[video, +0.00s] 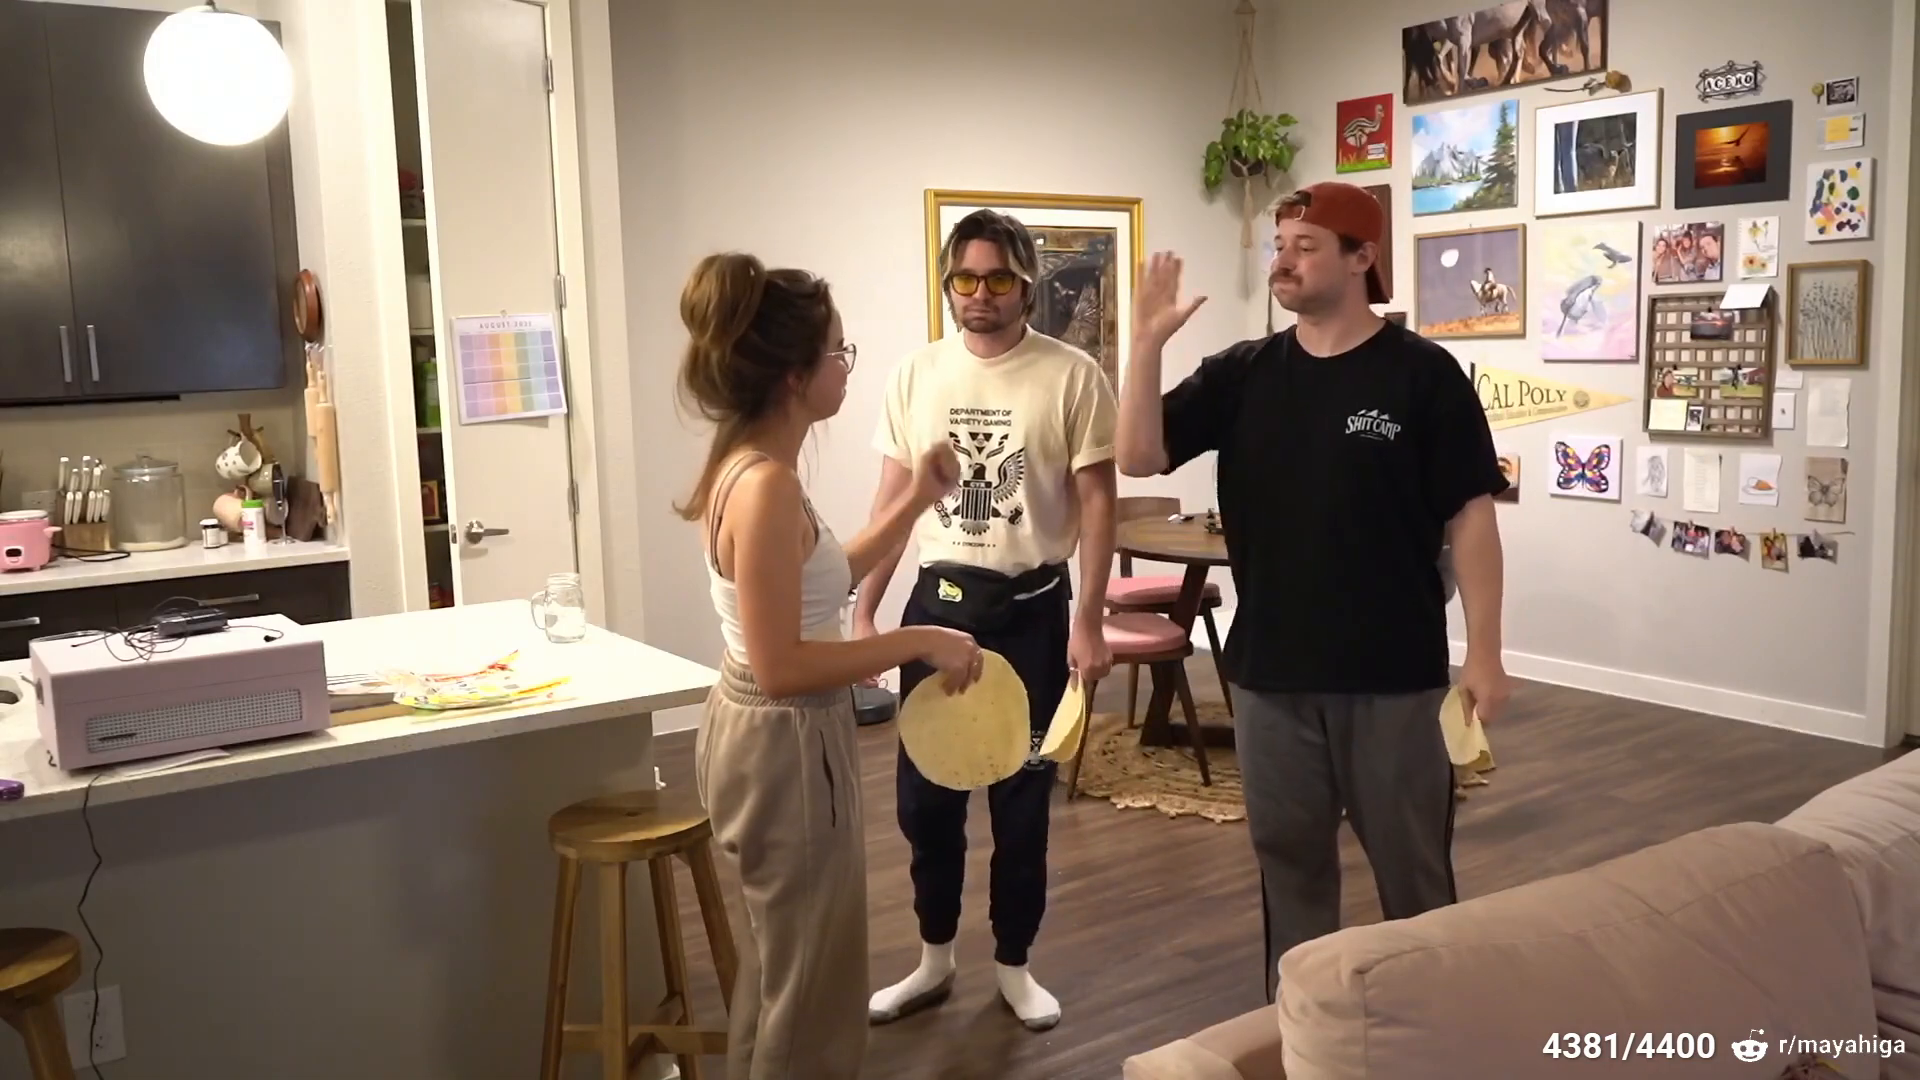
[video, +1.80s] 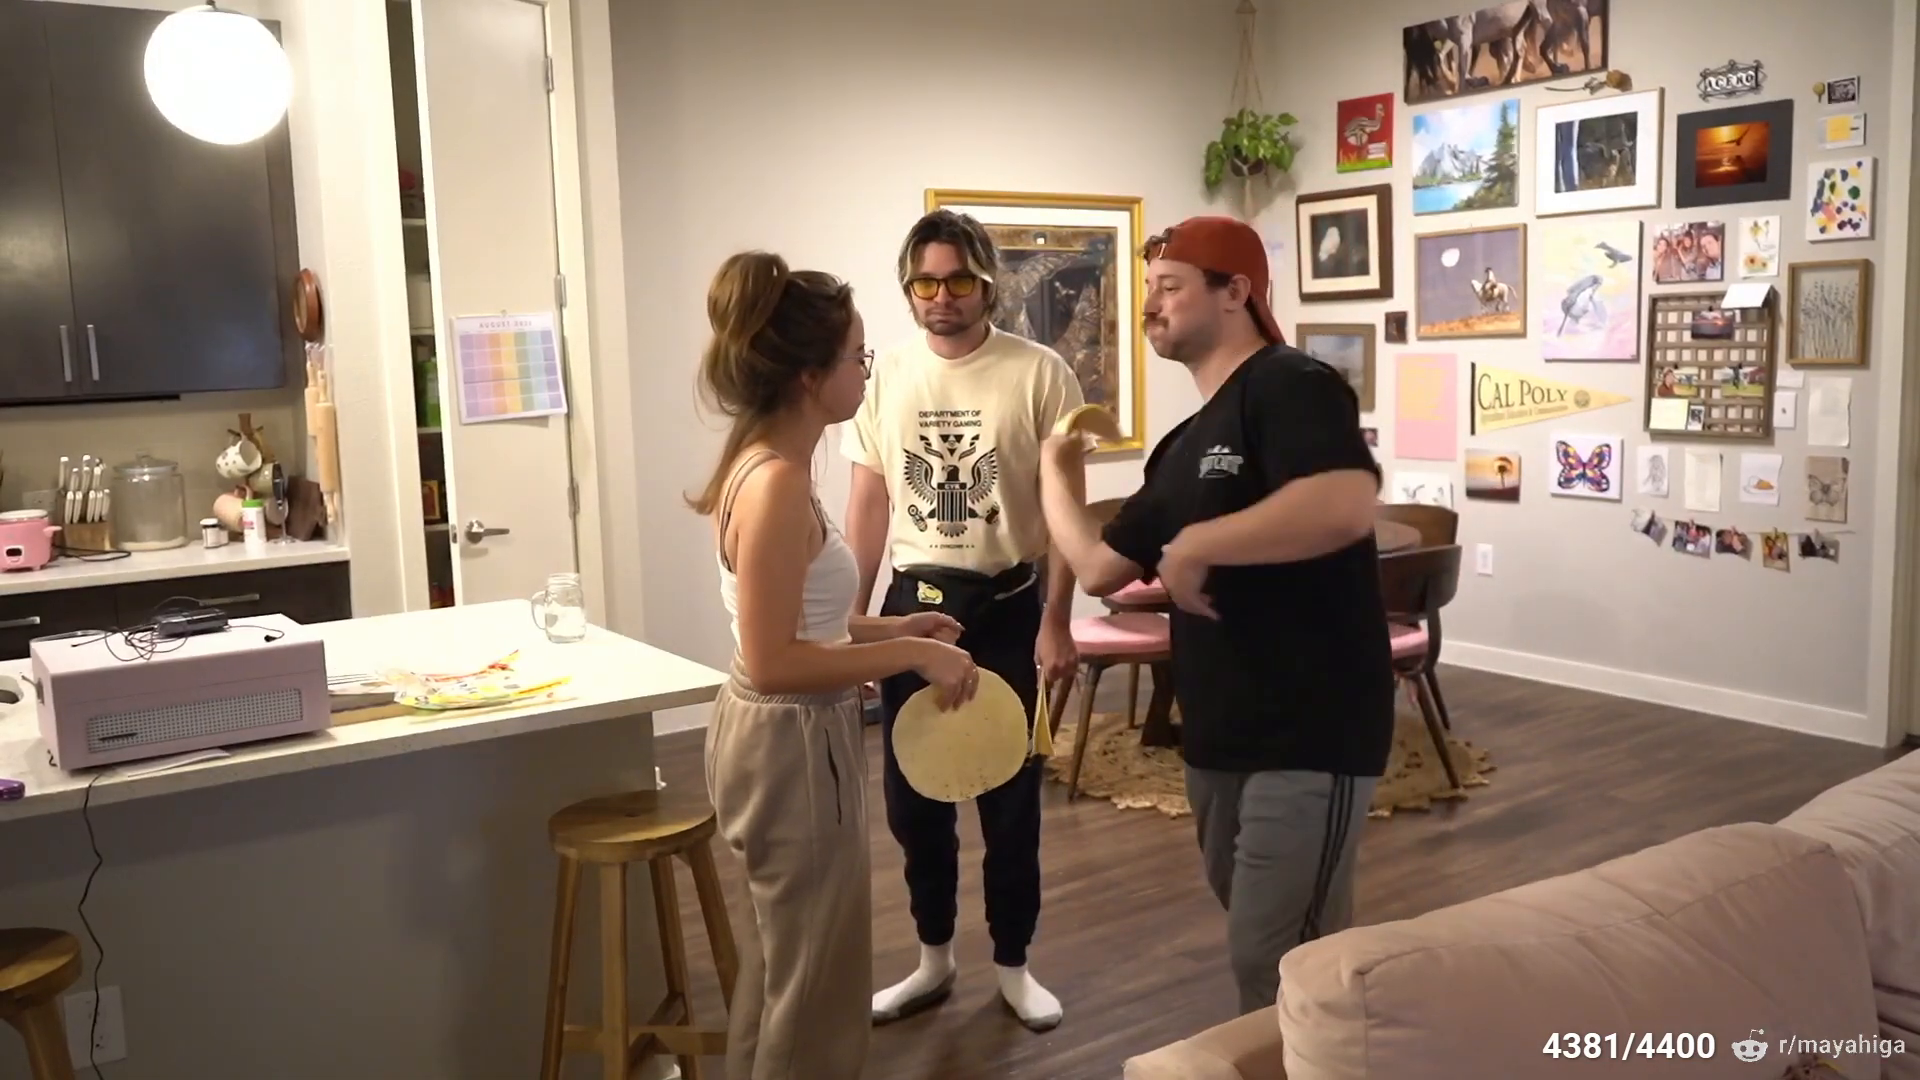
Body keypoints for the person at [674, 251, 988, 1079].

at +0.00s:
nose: (848, 365)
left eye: (844, 351)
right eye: (838, 354)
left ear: (781, 377)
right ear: (793, 376)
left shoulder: (752, 469)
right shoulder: (764, 485)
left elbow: (827, 584)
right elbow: (779, 667)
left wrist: (915, 501)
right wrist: (925, 643)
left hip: (765, 732)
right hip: (785, 747)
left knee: (781, 966)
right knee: (812, 981)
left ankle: (762, 1071)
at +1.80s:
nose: (868, 369)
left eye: (864, 353)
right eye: (857, 358)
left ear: (802, 378)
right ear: (809, 379)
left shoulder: (769, 469)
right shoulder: (775, 483)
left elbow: (796, 625)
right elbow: (768, 665)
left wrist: (893, 627)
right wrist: (912, 656)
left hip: (785, 731)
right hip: (790, 743)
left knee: (785, 966)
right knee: (815, 977)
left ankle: (760, 1075)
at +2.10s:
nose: (849, 395)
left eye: (853, 376)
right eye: (833, 381)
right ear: (770, 383)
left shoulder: (795, 465)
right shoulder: (745, 486)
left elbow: (802, 591)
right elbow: (753, 668)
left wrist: (885, 564)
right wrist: (898, 652)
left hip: (809, 735)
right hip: (777, 749)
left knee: (806, 970)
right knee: (805, 982)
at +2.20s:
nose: (796, 413)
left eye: (812, 390)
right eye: (774, 394)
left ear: (831, 377)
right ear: (734, 384)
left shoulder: (804, 462)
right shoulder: (723, 479)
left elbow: (883, 555)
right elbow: (749, 649)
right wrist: (895, 623)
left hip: (820, 724)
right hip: (771, 737)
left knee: (837, 971)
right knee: (822, 981)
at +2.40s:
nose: (735, 419)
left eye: (752, 393)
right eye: (713, 402)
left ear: (787, 382)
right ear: (687, 402)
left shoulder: (820, 445)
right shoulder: (684, 488)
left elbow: (863, 587)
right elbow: (697, 654)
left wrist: (789, 473)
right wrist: (827, 629)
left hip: (815, 713)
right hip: (730, 727)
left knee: (830, 943)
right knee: (785, 966)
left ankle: (815, 1064)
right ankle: (795, 1070)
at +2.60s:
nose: (661, 455)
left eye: (679, 432)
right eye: (646, 436)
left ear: (743, 423)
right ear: (637, 429)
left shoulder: (801, 478)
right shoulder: (644, 513)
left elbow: (794, 642)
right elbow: (646, 672)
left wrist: (736, 513)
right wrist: (734, 677)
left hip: (811, 749)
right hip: (702, 759)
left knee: (818, 1002)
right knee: (742, 1031)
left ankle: (803, 1075)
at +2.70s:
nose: (616, 488)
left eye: (634, 463)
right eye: (603, 466)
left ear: (703, 451)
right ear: (595, 457)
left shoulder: (777, 497)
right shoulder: (617, 534)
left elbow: (759, 670)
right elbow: (625, 682)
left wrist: (698, 541)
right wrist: (689, 710)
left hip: (804, 753)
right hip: (688, 764)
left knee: (813, 1005)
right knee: (712, 1030)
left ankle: (799, 1076)